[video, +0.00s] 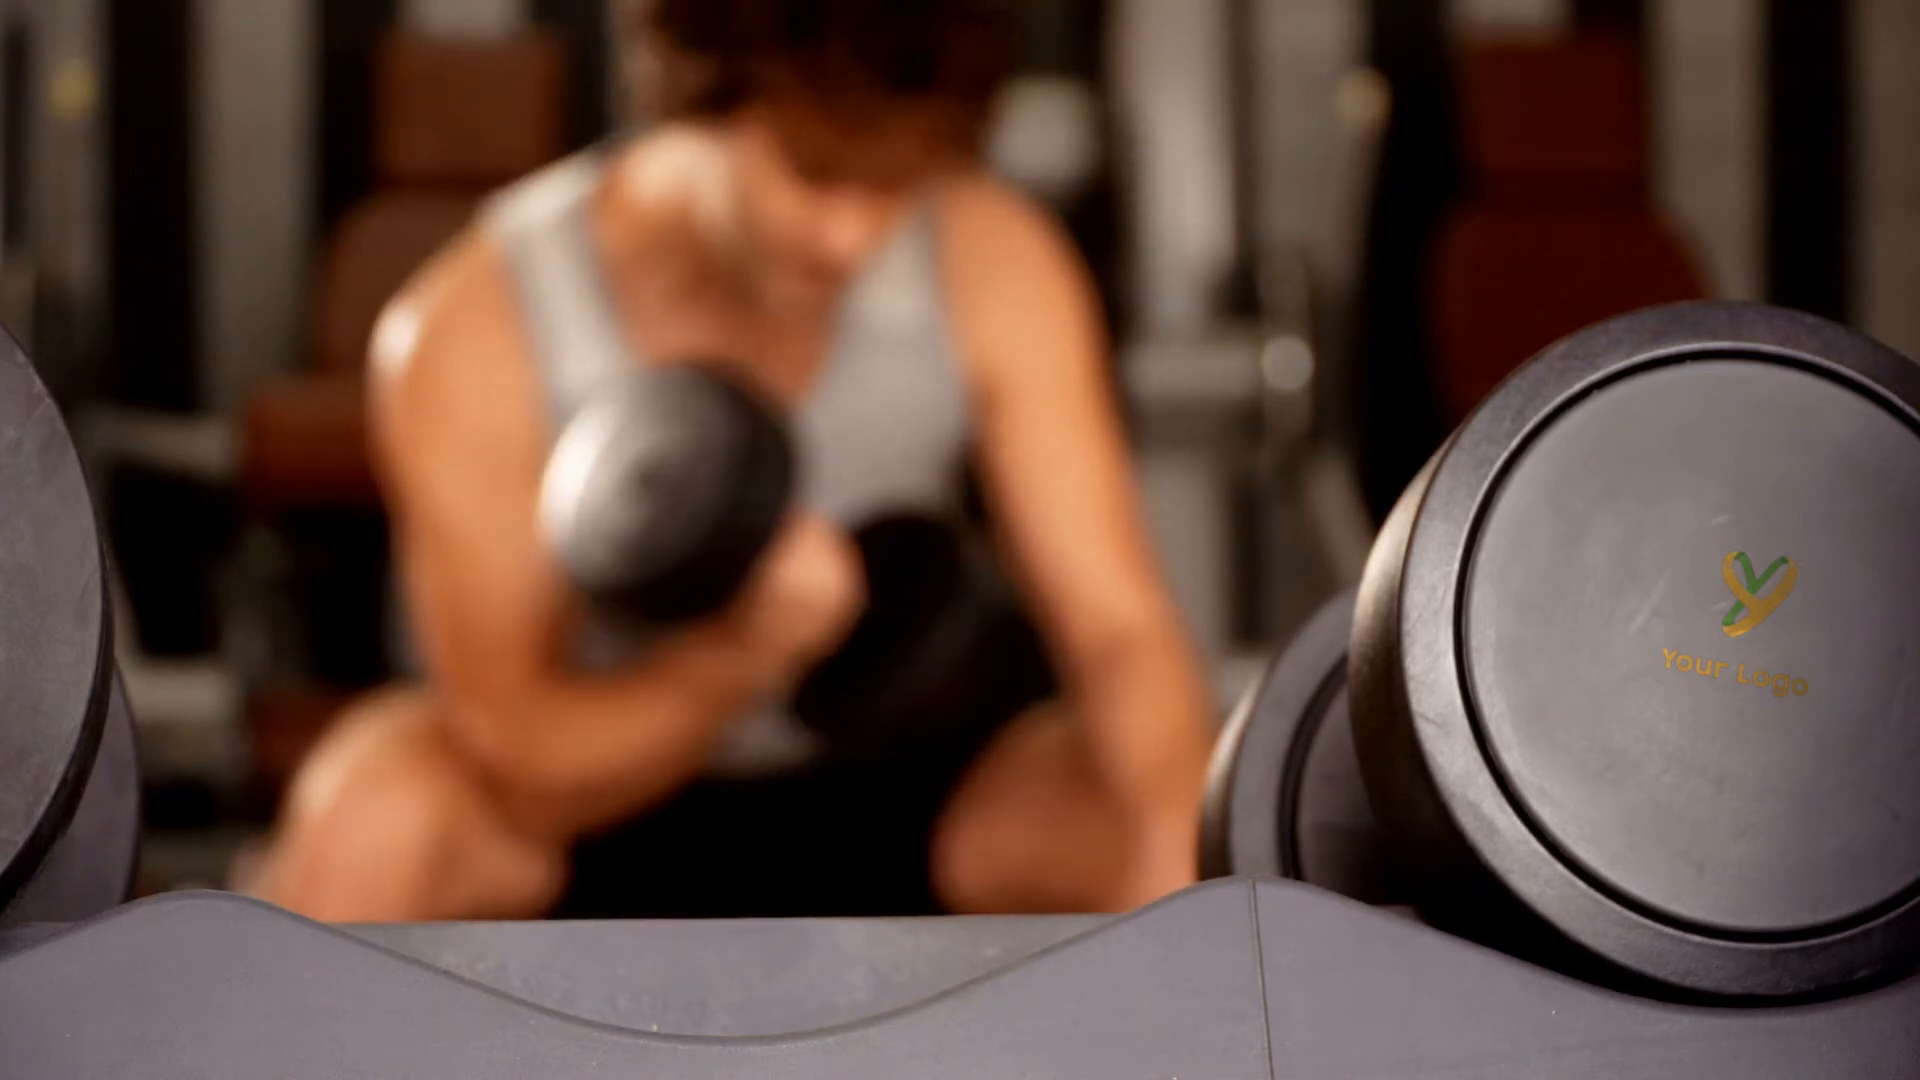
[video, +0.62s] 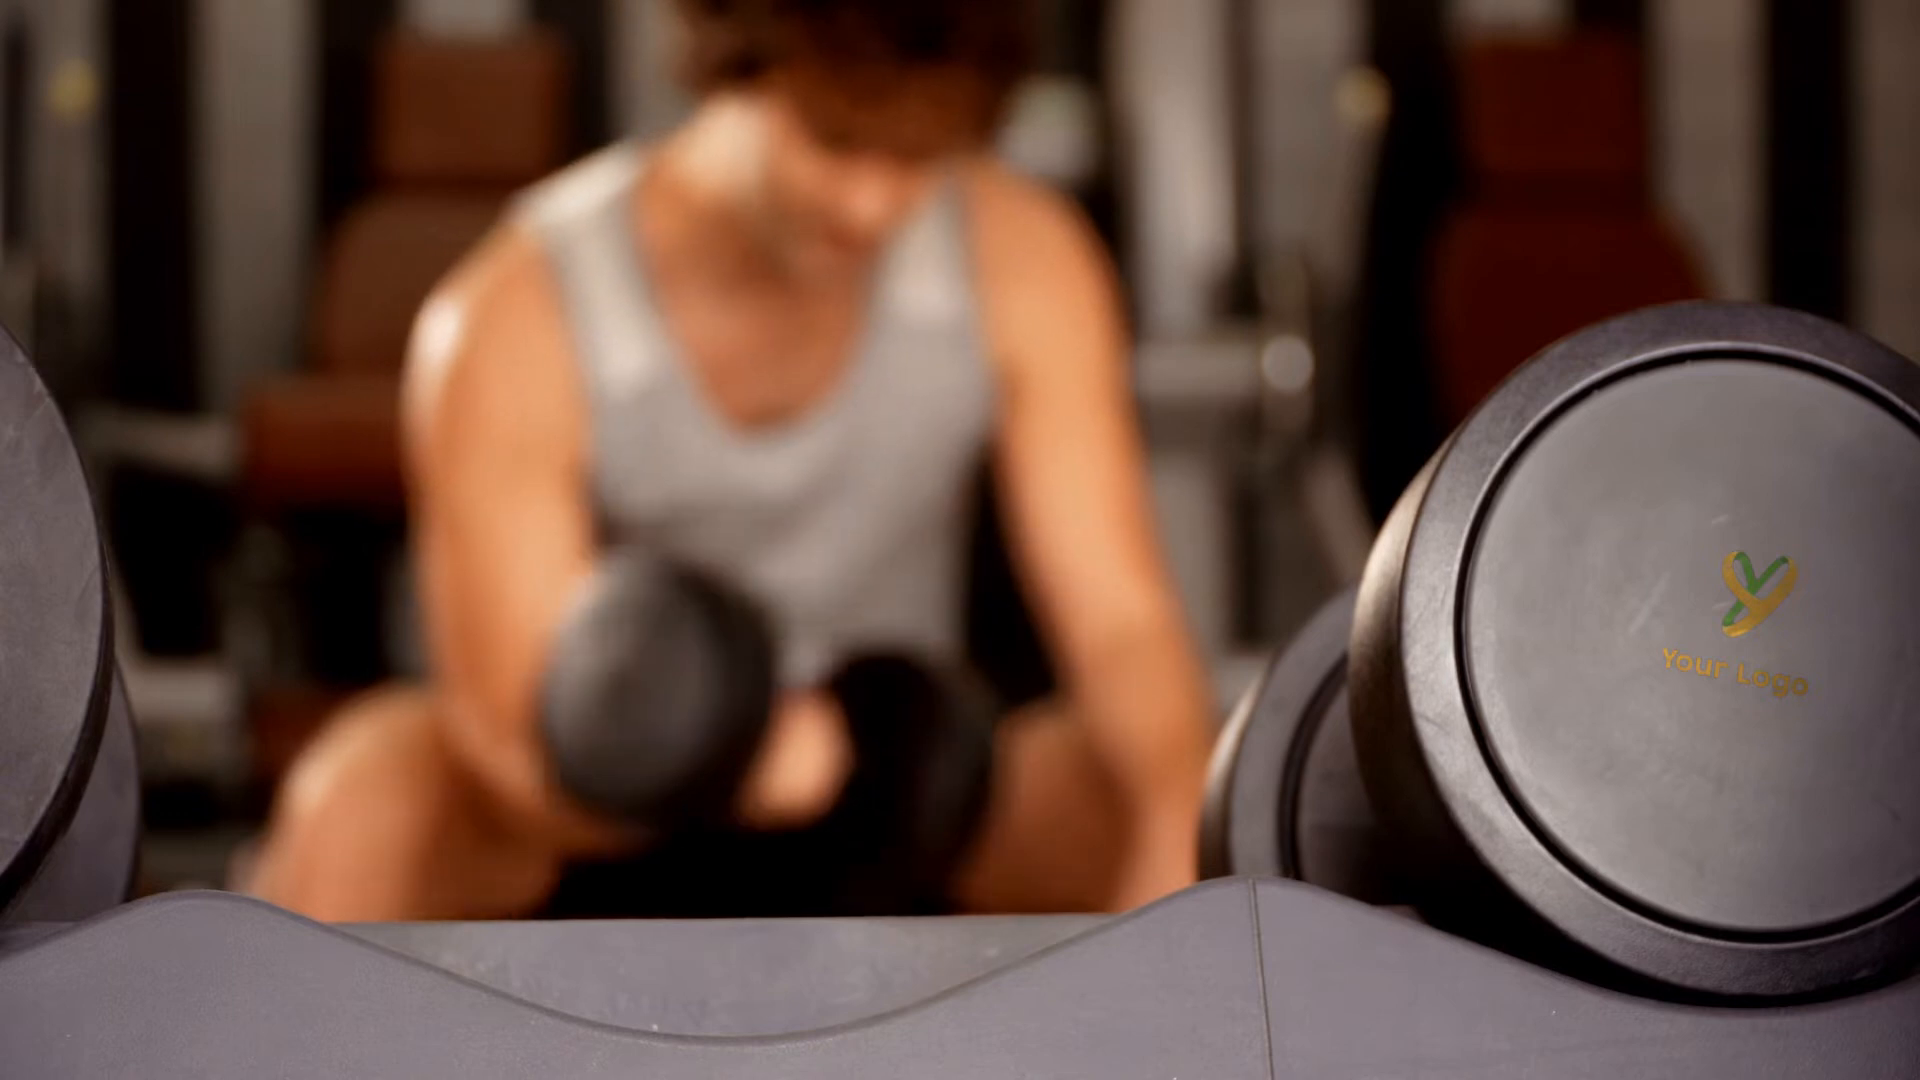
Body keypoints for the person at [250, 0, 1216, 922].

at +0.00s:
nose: (854, 233)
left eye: (901, 183)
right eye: (815, 173)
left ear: (949, 148)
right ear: (709, 102)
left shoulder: (990, 255)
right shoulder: (466, 330)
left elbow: (1119, 633)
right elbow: (531, 771)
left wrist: (1180, 885)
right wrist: (750, 653)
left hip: (891, 783)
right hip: (598, 807)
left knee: (1181, 813)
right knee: (374, 804)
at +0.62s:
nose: (870, 205)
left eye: (920, 156)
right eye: (836, 143)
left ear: (976, 122)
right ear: (740, 69)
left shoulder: (1016, 250)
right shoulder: (513, 315)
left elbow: (1121, 628)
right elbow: (533, 761)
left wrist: (1174, 853)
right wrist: (842, 748)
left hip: (891, 808)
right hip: (610, 818)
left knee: (1190, 785)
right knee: (368, 784)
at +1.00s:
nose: (882, 219)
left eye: (931, 173)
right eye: (846, 159)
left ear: (993, 140)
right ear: (754, 82)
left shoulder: (1039, 257)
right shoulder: (562, 333)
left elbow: (1127, 641)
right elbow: (520, 792)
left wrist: (1157, 869)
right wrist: (626, 1052)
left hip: (901, 785)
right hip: (624, 796)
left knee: (1180, 802)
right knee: (360, 797)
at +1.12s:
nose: (881, 227)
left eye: (931, 179)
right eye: (844, 164)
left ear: (994, 148)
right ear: (751, 87)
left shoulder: (1039, 258)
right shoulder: (566, 339)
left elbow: (1126, 641)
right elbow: (526, 794)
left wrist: (1152, 866)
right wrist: (595, 1058)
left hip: (900, 785)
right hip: (623, 796)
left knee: (1174, 804)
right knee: (365, 802)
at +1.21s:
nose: (881, 228)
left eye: (930, 181)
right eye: (843, 166)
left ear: (993, 148)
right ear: (752, 91)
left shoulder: (1037, 258)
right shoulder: (567, 344)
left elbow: (1124, 640)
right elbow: (532, 798)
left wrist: (1152, 860)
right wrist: (585, 1063)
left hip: (898, 784)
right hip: (623, 796)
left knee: (1174, 804)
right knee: (367, 802)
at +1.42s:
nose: (879, 228)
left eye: (929, 180)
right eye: (842, 165)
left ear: (991, 149)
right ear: (749, 89)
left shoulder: (1035, 259)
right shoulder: (566, 344)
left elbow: (1124, 642)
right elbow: (538, 801)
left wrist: (1150, 866)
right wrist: (568, 1064)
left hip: (895, 784)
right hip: (619, 795)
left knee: (1168, 803)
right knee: (369, 805)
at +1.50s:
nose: (876, 225)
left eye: (927, 178)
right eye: (840, 162)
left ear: (989, 148)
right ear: (750, 86)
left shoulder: (1034, 259)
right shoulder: (566, 344)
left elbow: (1123, 641)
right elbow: (533, 804)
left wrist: (1147, 859)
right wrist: (558, 1066)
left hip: (894, 786)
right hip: (618, 798)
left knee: (1167, 801)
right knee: (364, 804)